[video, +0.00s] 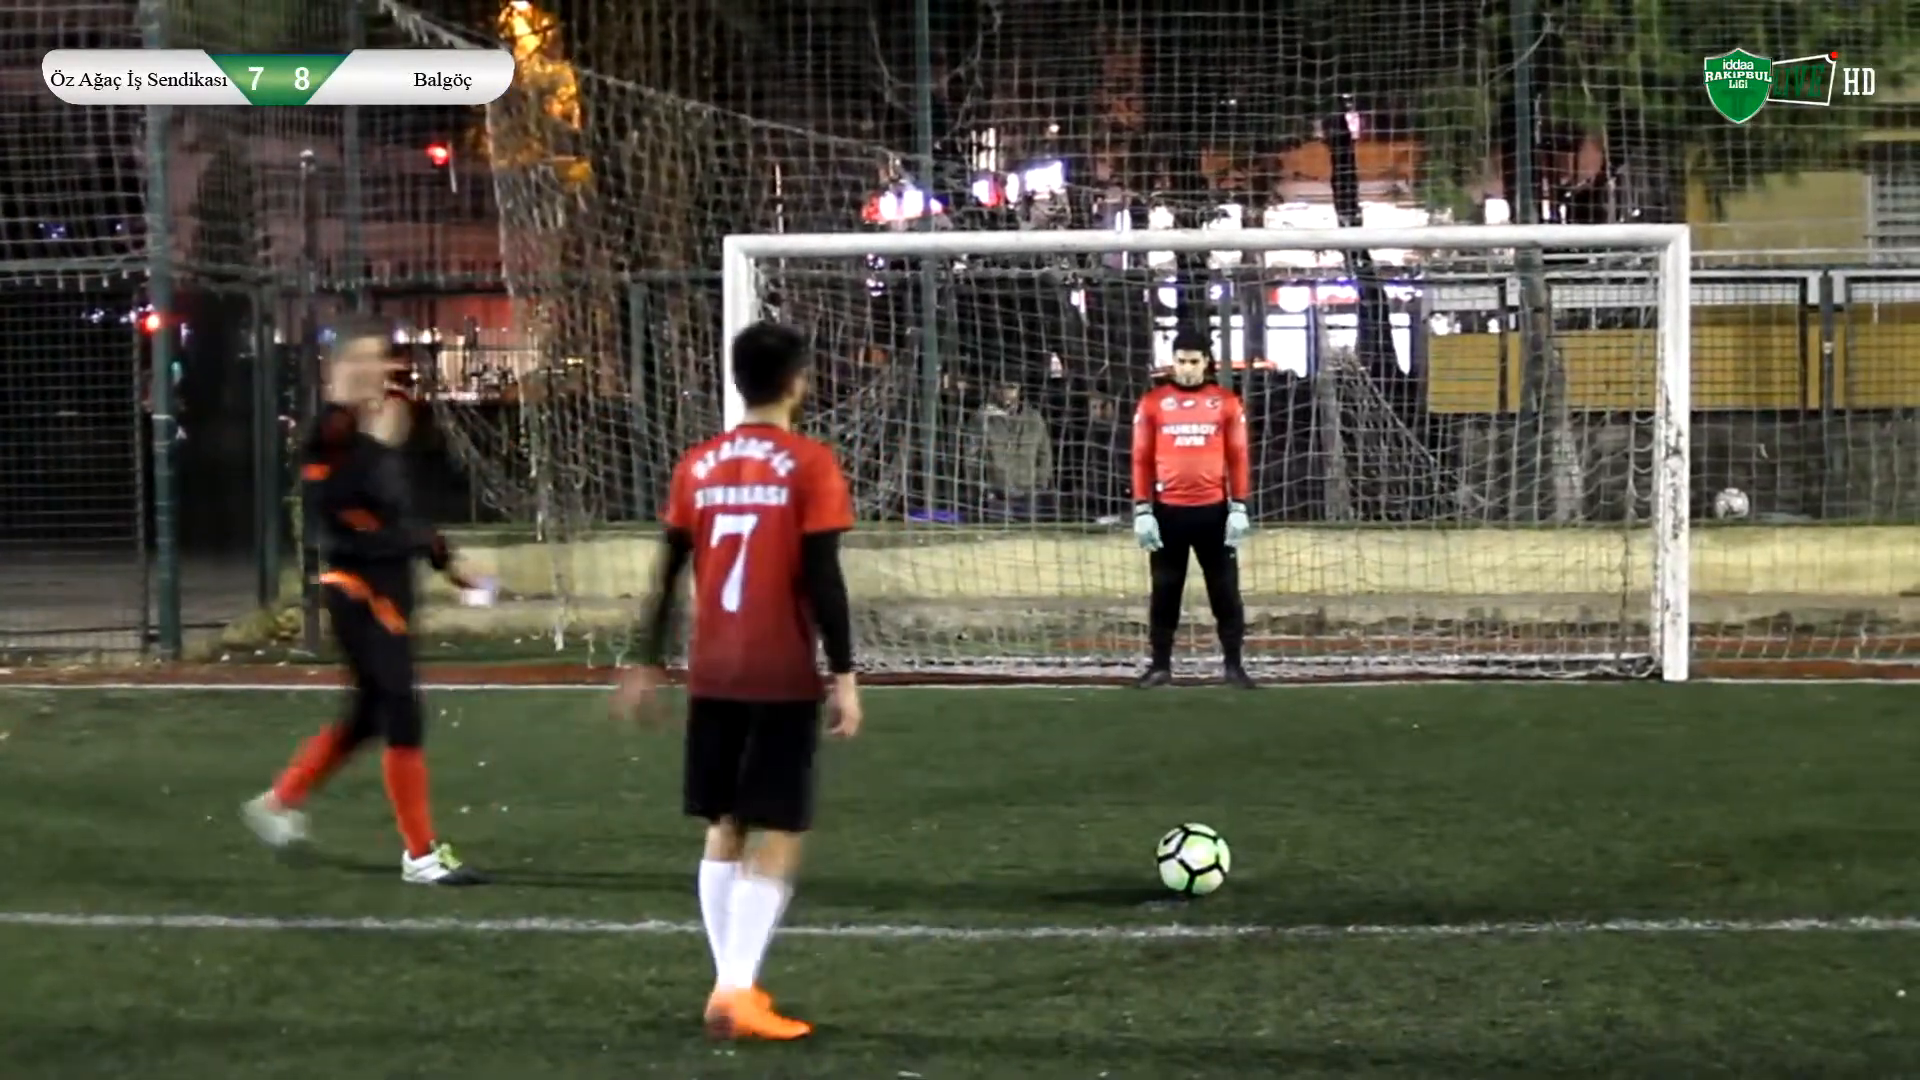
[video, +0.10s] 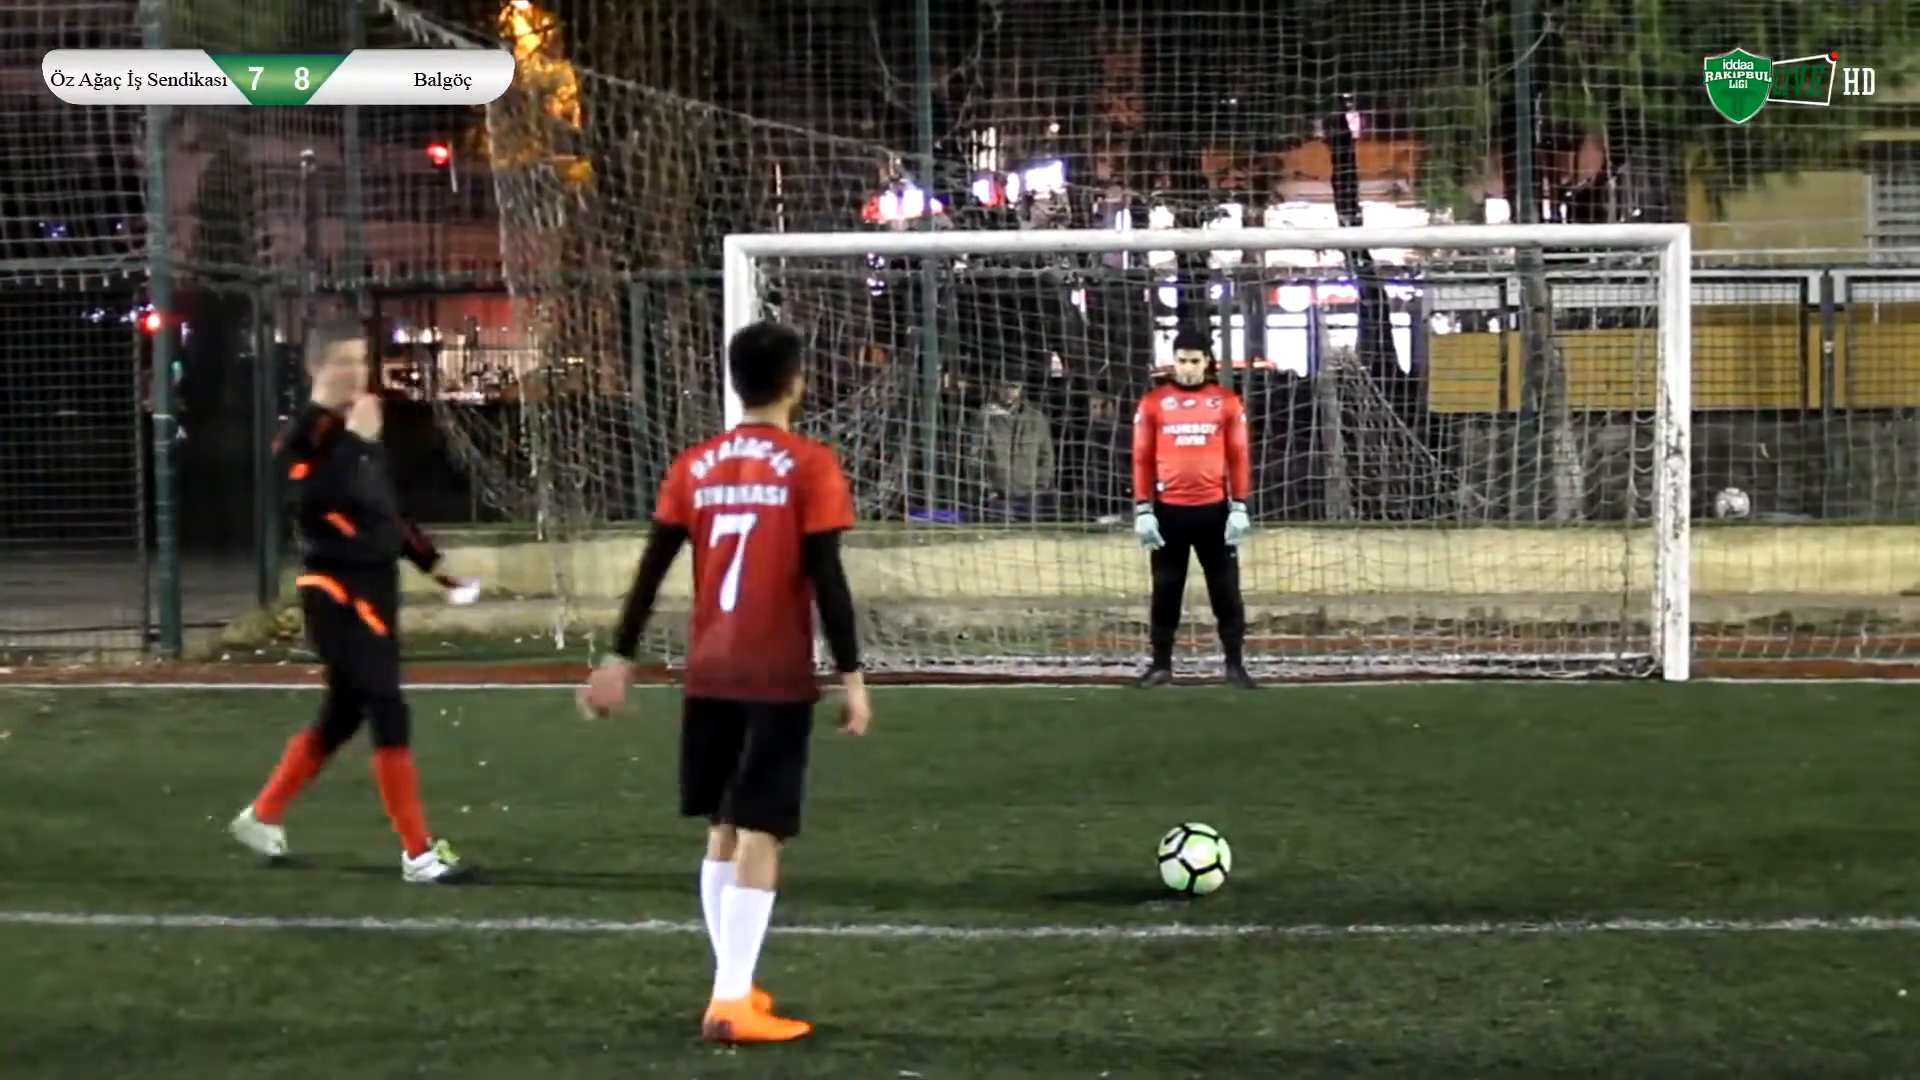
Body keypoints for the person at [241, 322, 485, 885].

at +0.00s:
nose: (382, 384)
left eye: (386, 374)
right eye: (371, 373)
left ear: (388, 379)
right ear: (344, 376)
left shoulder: (390, 435)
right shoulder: (335, 434)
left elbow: (409, 516)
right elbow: (341, 520)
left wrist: (449, 564)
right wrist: (418, 542)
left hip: (384, 585)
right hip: (353, 587)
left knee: (371, 708)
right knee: (401, 707)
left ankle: (279, 802)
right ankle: (420, 853)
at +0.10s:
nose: (359, 374)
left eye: (363, 363)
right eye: (347, 363)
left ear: (366, 368)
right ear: (318, 369)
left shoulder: (360, 431)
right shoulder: (305, 432)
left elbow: (386, 512)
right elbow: (311, 497)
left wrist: (436, 568)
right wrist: (357, 440)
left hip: (371, 587)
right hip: (334, 589)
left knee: (343, 714)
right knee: (389, 711)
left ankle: (261, 817)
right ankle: (418, 851)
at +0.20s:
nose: (356, 399)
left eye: (353, 388)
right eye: (347, 389)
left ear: (334, 397)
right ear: (328, 395)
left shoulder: (340, 449)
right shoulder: (314, 448)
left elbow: (370, 521)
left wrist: (420, 568)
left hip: (337, 594)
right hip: (323, 596)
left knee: (319, 714)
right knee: (367, 711)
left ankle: (247, 826)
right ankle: (411, 845)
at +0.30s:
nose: (332, 381)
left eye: (335, 371)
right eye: (322, 370)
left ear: (335, 378)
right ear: (289, 374)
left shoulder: (326, 437)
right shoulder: (270, 437)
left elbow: (346, 518)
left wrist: (395, 570)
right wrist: (327, 436)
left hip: (330, 589)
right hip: (288, 591)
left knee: (295, 713)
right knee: (346, 708)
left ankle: (239, 833)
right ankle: (399, 842)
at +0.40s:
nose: (322, 380)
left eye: (324, 370)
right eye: (313, 369)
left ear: (311, 378)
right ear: (278, 372)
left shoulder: (302, 438)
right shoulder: (254, 434)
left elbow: (327, 517)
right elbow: (264, 500)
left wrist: (375, 568)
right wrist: (310, 444)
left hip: (305, 589)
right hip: (267, 588)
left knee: (283, 710)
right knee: (331, 703)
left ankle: (237, 835)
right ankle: (367, 839)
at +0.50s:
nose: (309, 373)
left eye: (308, 362)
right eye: (301, 362)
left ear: (279, 369)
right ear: (270, 368)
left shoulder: (287, 428)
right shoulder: (234, 431)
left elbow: (307, 516)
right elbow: (273, 507)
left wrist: (355, 564)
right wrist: (306, 451)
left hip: (293, 582)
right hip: (255, 585)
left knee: (275, 705)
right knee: (316, 700)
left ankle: (237, 836)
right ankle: (326, 841)